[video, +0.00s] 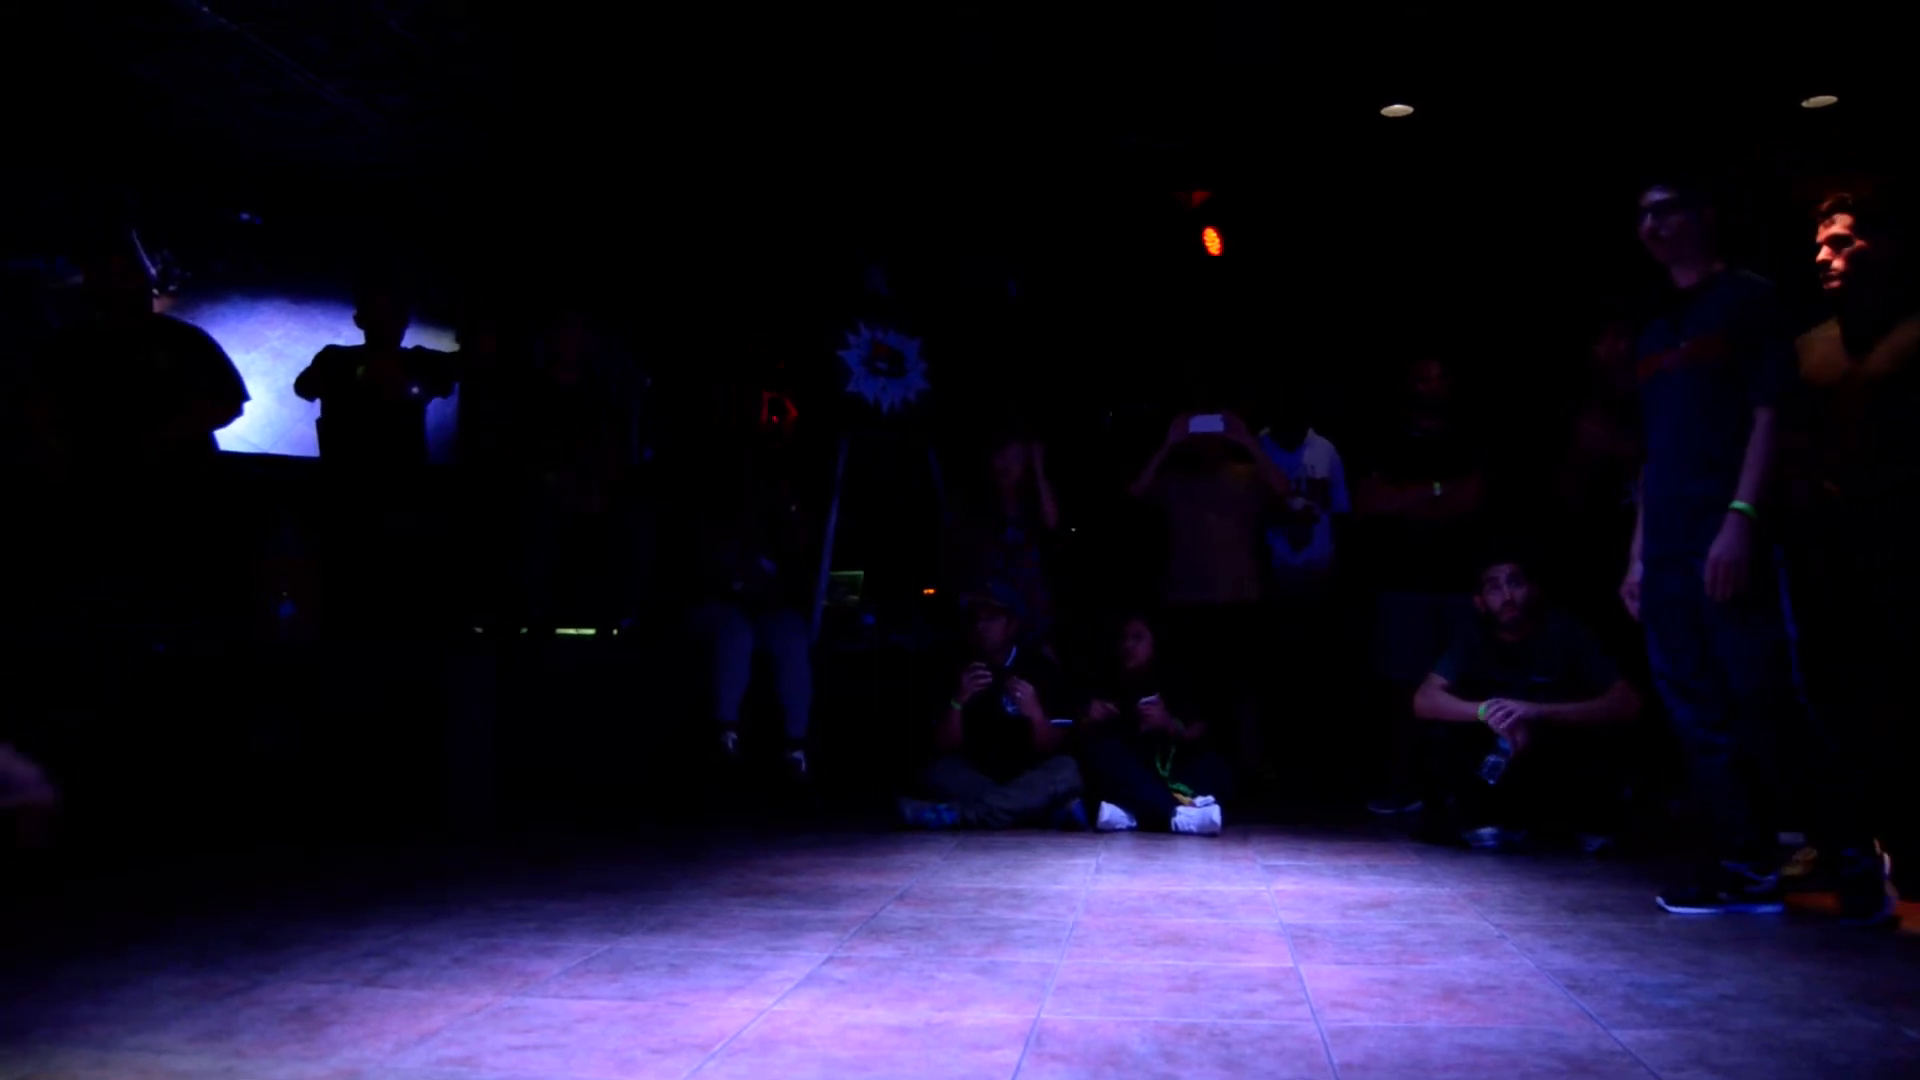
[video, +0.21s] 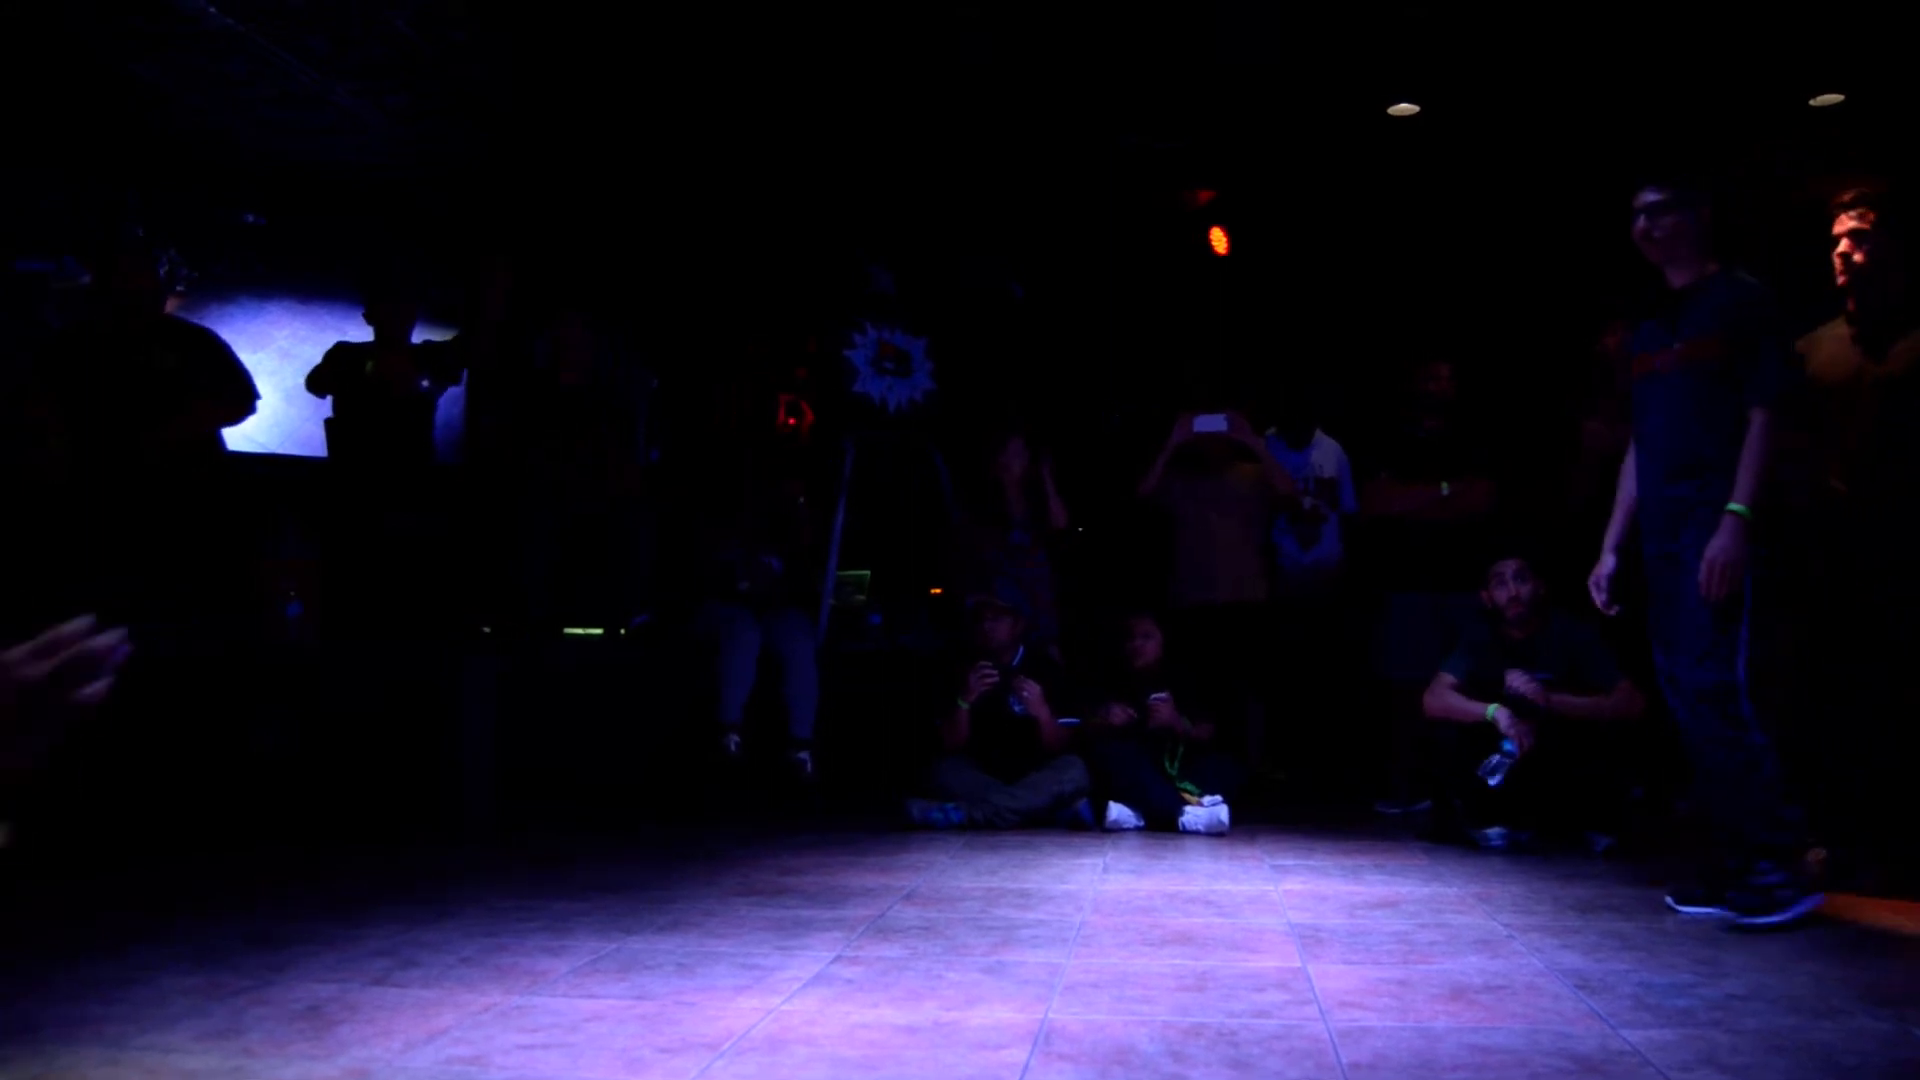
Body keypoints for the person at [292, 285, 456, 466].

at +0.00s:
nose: (387, 327)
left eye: (394, 318)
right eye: (378, 317)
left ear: (404, 321)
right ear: (360, 320)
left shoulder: (417, 362)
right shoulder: (335, 358)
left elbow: (463, 364)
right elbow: (303, 387)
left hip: (405, 463)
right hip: (345, 463)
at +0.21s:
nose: (395, 324)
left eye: (401, 314)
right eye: (387, 313)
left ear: (412, 316)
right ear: (369, 317)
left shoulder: (427, 357)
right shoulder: (346, 355)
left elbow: (466, 345)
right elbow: (314, 384)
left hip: (412, 457)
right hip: (356, 458)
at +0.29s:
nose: (411, 326)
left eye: (418, 316)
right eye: (403, 315)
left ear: (429, 318)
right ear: (386, 318)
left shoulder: (440, 357)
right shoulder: (363, 356)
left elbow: (481, 341)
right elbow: (333, 385)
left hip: (428, 458)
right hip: (372, 458)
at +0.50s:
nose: (444, 325)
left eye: (451, 315)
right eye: (436, 315)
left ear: (461, 317)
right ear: (419, 317)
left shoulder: (474, 357)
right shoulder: (397, 355)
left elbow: (515, 349)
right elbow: (368, 386)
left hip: (461, 456)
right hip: (406, 457)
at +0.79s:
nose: (471, 325)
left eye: (478, 317)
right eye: (463, 316)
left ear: (486, 320)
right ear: (443, 317)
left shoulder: (490, 359)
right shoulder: (417, 358)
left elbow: (536, 354)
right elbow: (389, 387)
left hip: (481, 461)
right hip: (427, 462)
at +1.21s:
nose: (472, 325)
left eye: (478, 315)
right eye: (461, 315)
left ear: (487, 318)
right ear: (442, 317)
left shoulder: (500, 358)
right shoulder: (422, 356)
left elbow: (541, 355)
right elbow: (399, 385)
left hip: (488, 458)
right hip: (432, 460)